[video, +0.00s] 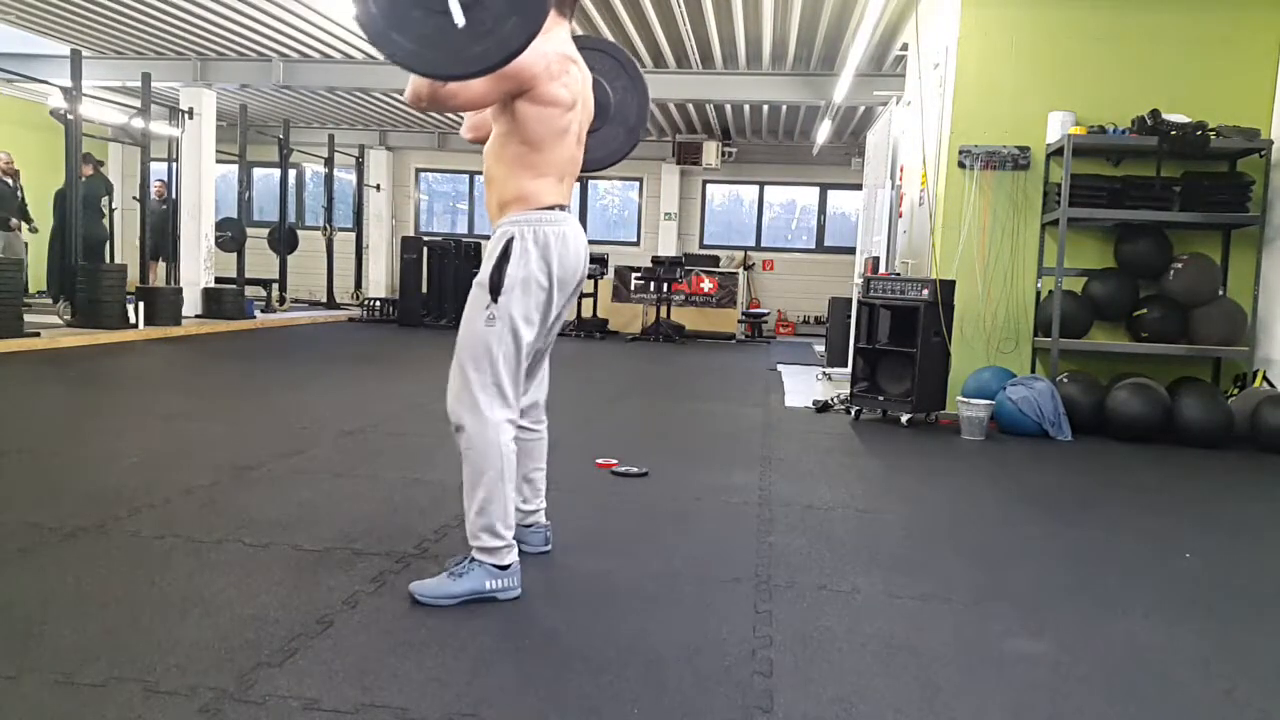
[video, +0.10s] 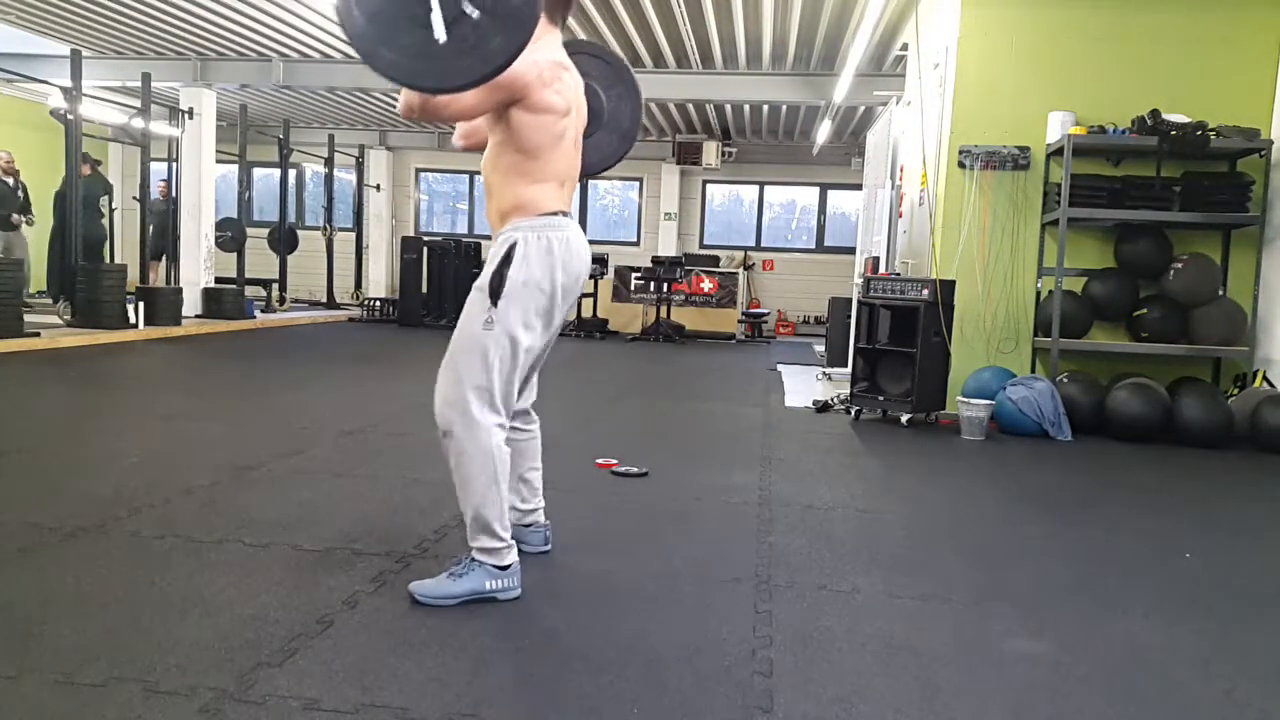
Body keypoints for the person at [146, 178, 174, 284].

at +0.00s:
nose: (157, 189)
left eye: (160, 187)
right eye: (155, 187)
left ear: (165, 189)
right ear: (152, 189)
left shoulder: (172, 203)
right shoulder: (149, 203)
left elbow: (176, 220)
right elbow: (144, 220)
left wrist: (175, 235)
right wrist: (142, 236)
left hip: (168, 237)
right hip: (152, 237)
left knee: (170, 264)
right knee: (152, 265)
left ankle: (171, 287)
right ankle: (150, 288)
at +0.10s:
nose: (161, 189)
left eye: (164, 187)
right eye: (159, 187)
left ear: (168, 189)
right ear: (157, 188)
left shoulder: (174, 202)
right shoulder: (153, 203)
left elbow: (178, 218)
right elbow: (148, 219)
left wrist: (178, 233)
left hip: (171, 236)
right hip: (157, 236)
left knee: (172, 264)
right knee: (153, 264)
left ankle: (172, 288)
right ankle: (150, 287)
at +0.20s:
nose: (165, 191)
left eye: (168, 188)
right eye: (163, 188)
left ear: (173, 189)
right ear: (160, 189)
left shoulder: (177, 202)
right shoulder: (155, 203)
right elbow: (149, 220)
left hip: (175, 234)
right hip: (160, 233)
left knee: (176, 263)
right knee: (155, 263)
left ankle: (177, 289)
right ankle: (152, 288)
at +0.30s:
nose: (169, 192)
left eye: (172, 189)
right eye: (167, 189)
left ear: (176, 191)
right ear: (164, 190)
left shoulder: (179, 203)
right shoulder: (158, 203)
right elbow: (151, 218)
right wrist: (160, 220)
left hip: (177, 236)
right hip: (163, 236)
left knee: (179, 265)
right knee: (156, 266)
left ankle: (180, 291)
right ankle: (151, 289)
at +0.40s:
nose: (169, 192)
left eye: (172, 189)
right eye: (167, 189)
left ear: (176, 190)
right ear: (165, 189)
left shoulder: (180, 203)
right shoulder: (160, 204)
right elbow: (150, 218)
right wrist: (162, 221)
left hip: (179, 237)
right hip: (165, 237)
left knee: (180, 266)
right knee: (158, 266)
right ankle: (152, 287)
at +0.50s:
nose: (171, 192)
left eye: (174, 189)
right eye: (169, 189)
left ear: (177, 190)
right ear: (166, 190)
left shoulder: (181, 203)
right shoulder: (161, 204)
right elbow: (152, 219)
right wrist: (164, 222)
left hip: (179, 237)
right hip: (166, 236)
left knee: (178, 264)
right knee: (160, 264)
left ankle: (177, 289)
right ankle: (153, 288)